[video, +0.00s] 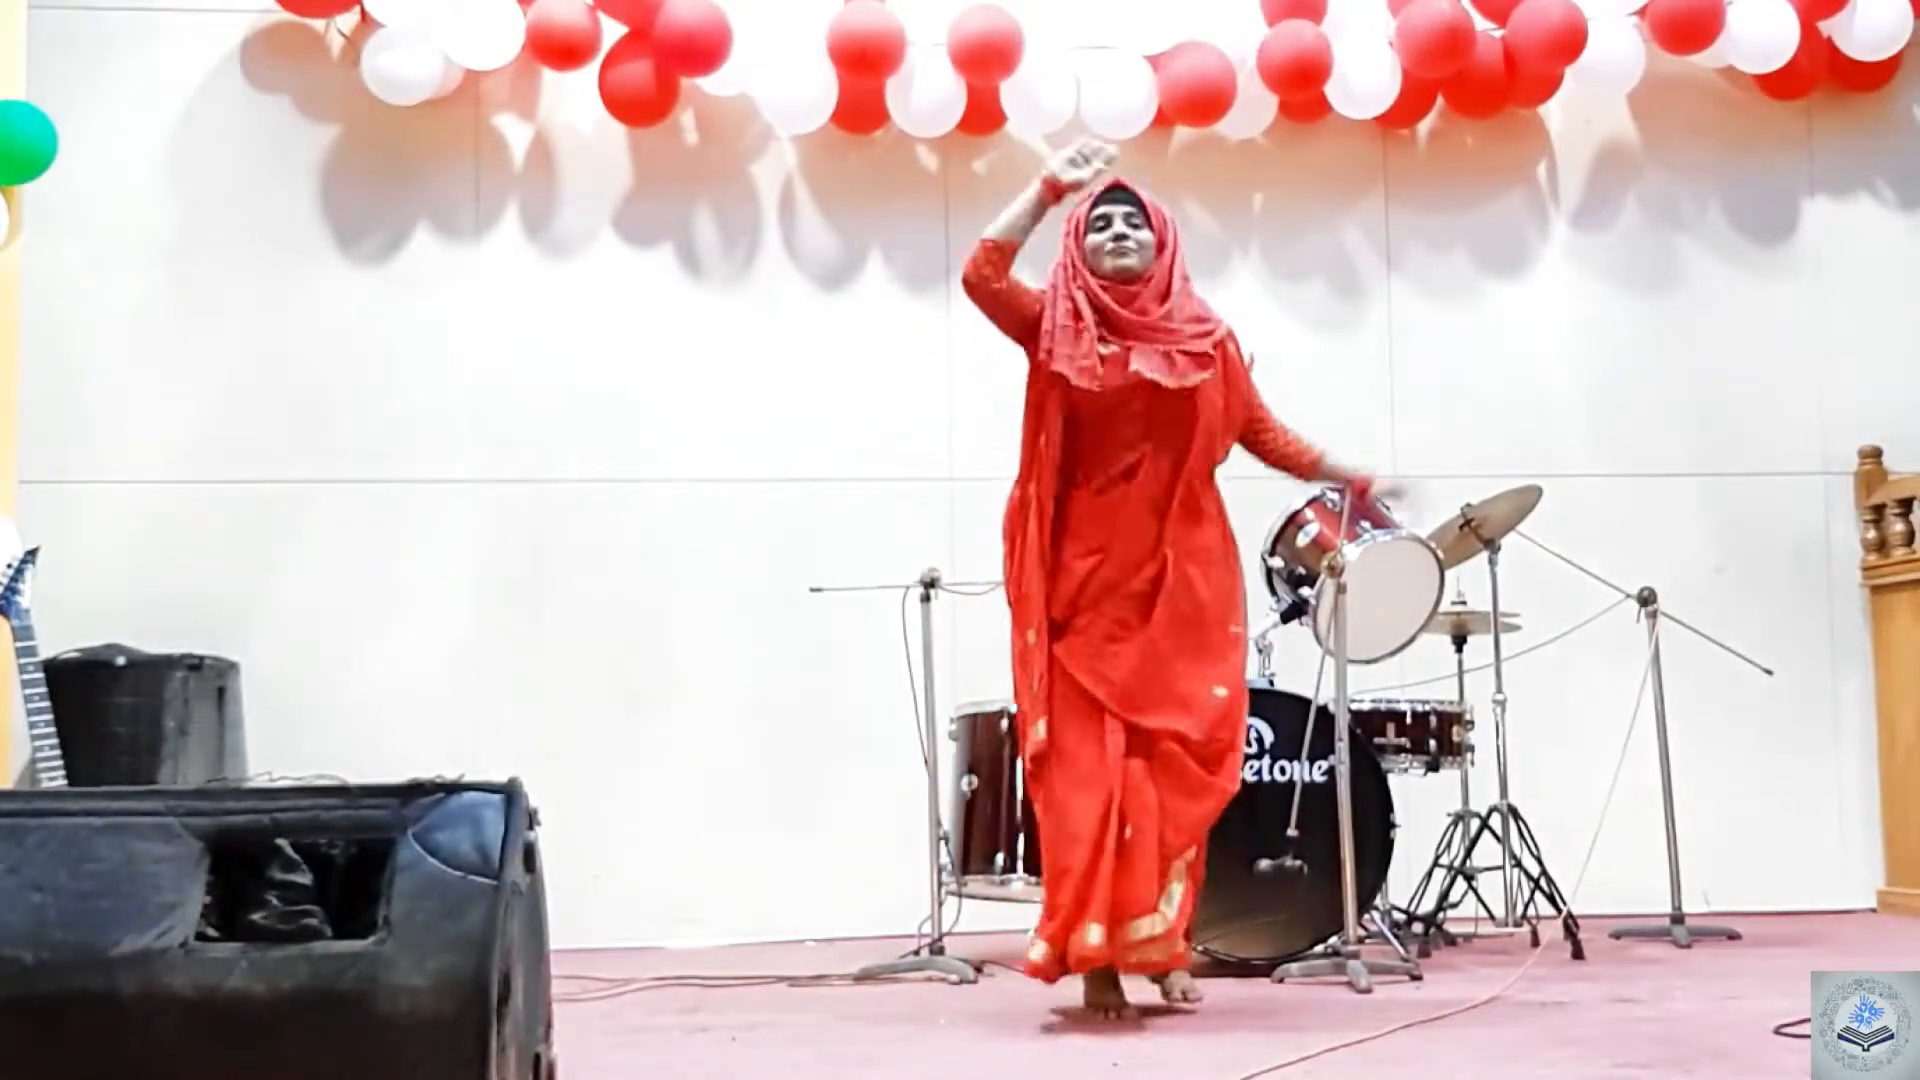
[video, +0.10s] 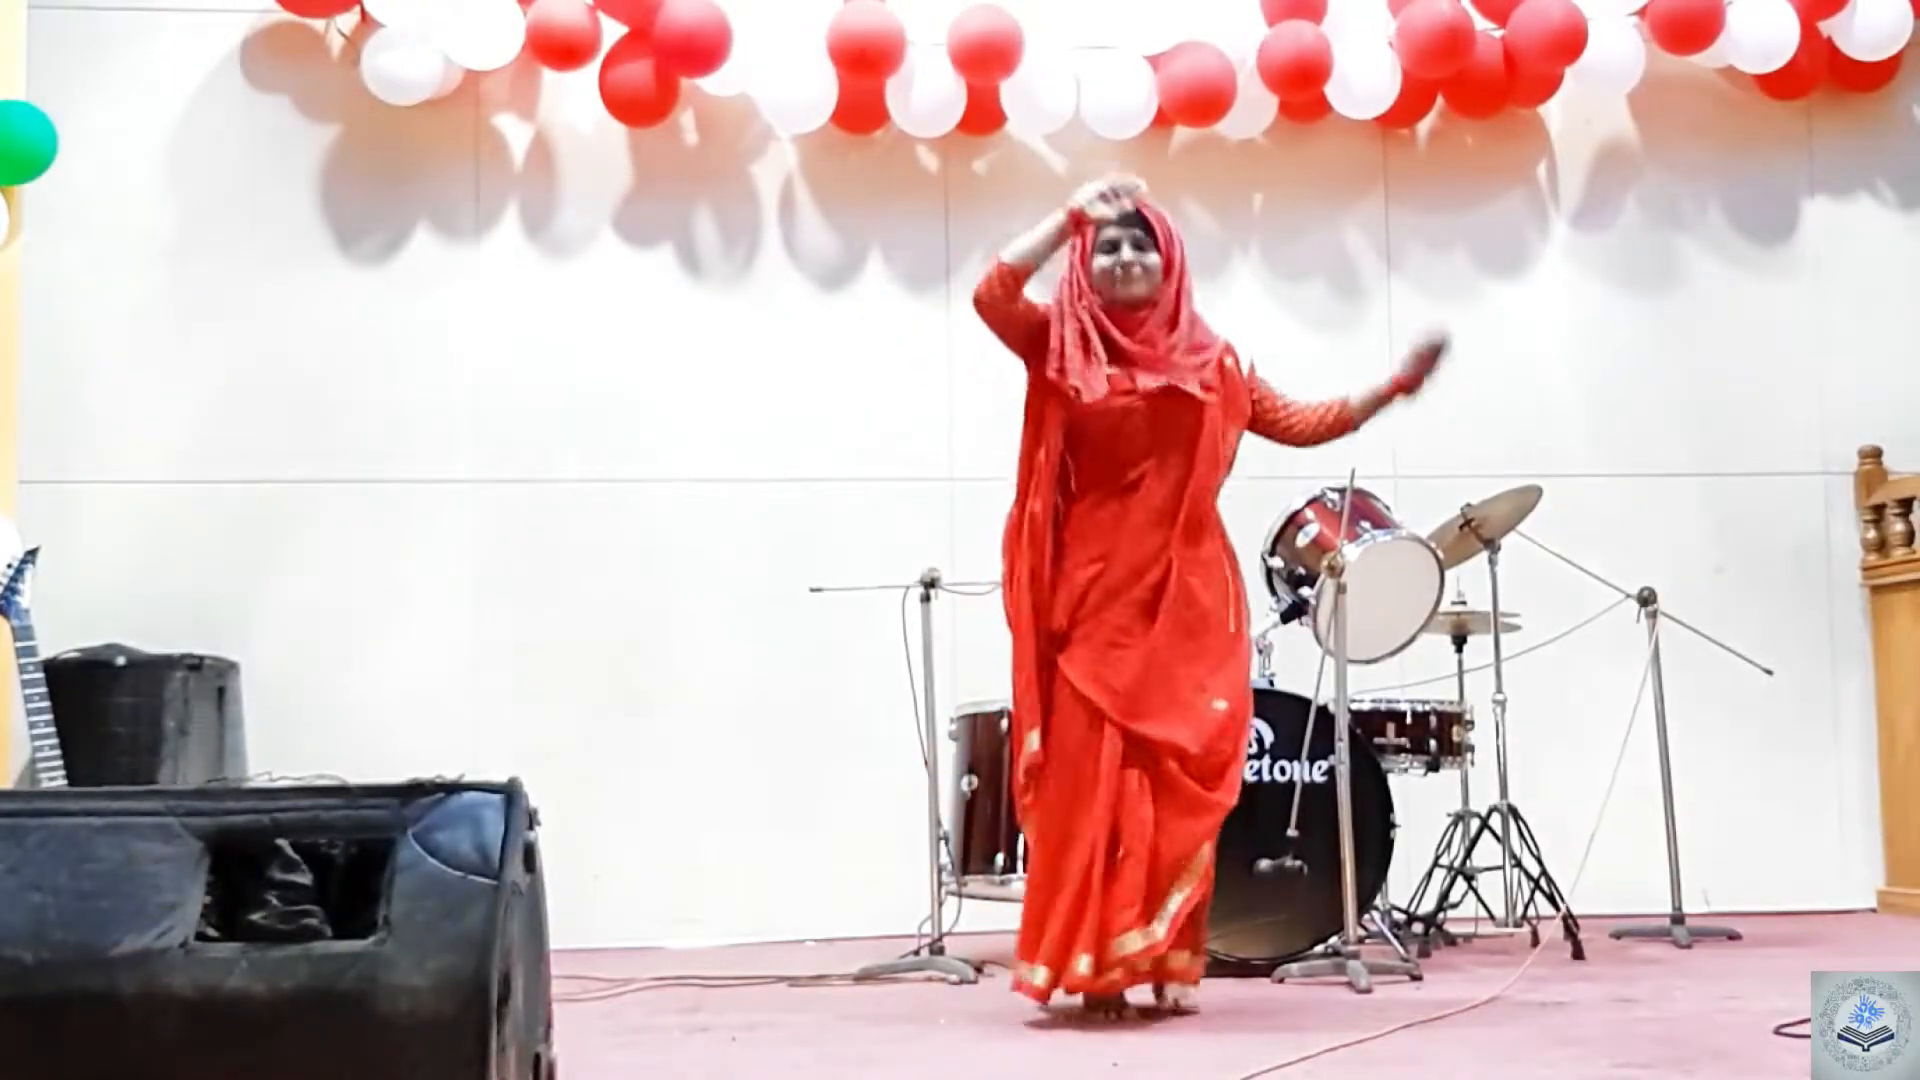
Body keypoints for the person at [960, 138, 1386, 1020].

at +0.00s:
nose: (1117, 232)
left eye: (1131, 219)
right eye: (1098, 224)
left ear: (1160, 239)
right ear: (1079, 248)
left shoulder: (1203, 341)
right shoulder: (1058, 331)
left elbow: (1264, 435)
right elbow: (982, 273)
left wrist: (1346, 474)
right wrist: (1043, 191)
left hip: (1183, 582)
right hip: (1081, 582)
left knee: (1183, 761)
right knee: (1089, 762)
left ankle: (1165, 946)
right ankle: (1097, 963)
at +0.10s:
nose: (1119, 252)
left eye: (1134, 241)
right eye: (1103, 245)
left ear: (1165, 258)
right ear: (1083, 266)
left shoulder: (1208, 362)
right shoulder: (1063, 343)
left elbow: (1302, 423)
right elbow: (993, 294)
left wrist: (1394, 385)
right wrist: (1066, 219)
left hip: (1186, 594)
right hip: (1085, 593)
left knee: (1185, 774)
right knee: (1089, 771)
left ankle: (1160, 963)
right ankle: (1091, 971)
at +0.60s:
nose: (1152, 272)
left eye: (1167, 260)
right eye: (1135, 258)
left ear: (1192, 279)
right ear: (1104, 272)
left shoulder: (1208, 353)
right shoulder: (1071, 350)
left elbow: (1288, 314)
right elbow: (994, 321)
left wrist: (1220, 251)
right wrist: (1094, 282)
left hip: (1187, 592)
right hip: (1093, 590)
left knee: (1188, 770)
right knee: (1094, 768)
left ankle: (1170, 967)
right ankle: (1094, 971)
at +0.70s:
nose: (1150, 314)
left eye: (1165, 299)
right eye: (1132, 297)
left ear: (1188, 313)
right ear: (1101, 307)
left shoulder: (1210, 387)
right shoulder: (1068, 385)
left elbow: (1293, 372)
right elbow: (990, 372)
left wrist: (1222, 313)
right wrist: (1094, 329)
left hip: (1194, 634)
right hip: (1094, 630)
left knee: (1200, 807)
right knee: (1092, 797)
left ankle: (1170, 980)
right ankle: (1074, 987)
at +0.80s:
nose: (1138, 279)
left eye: (1152, 266)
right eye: (1121, 267)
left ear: (1176, 282)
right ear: (1091, 280)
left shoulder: (1206, 358)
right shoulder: (1060, 356)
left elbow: (1298, 334)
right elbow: (973, 336)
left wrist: (1222, 288)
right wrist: (1071, 302)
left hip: (1193, 605)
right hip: (1094, 602)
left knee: (1199, 790)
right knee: (1094, 784)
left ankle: (1169, 977)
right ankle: (1087, 980)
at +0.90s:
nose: (1133, 257)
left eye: (1147, 246)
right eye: (1116, 245)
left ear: (1170, 263)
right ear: (1088, 262)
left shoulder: (1203, 335)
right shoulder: (1056, 333)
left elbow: (1295, 300)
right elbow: (971, 282)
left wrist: (1228, 258)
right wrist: (1053, 245)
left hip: (1184, 586)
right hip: (1086, 583)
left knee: (1189, 769)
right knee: (1084, 766)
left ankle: (1171, 964)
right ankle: (1075, 967)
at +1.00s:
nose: (1139, 264)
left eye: (1153, 252)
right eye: (1124, 252)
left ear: (1174, 268)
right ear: (1094, 265)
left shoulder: (1207, 348)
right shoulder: (1057, 335)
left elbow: (1301, 344)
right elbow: (972, 293)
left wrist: (1282, 288)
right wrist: (1031, 235)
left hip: (1182, 592)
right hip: (1081, 589)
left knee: (1193, 770)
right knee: (1090, 769)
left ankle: (1182, 964)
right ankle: (1086, 968)